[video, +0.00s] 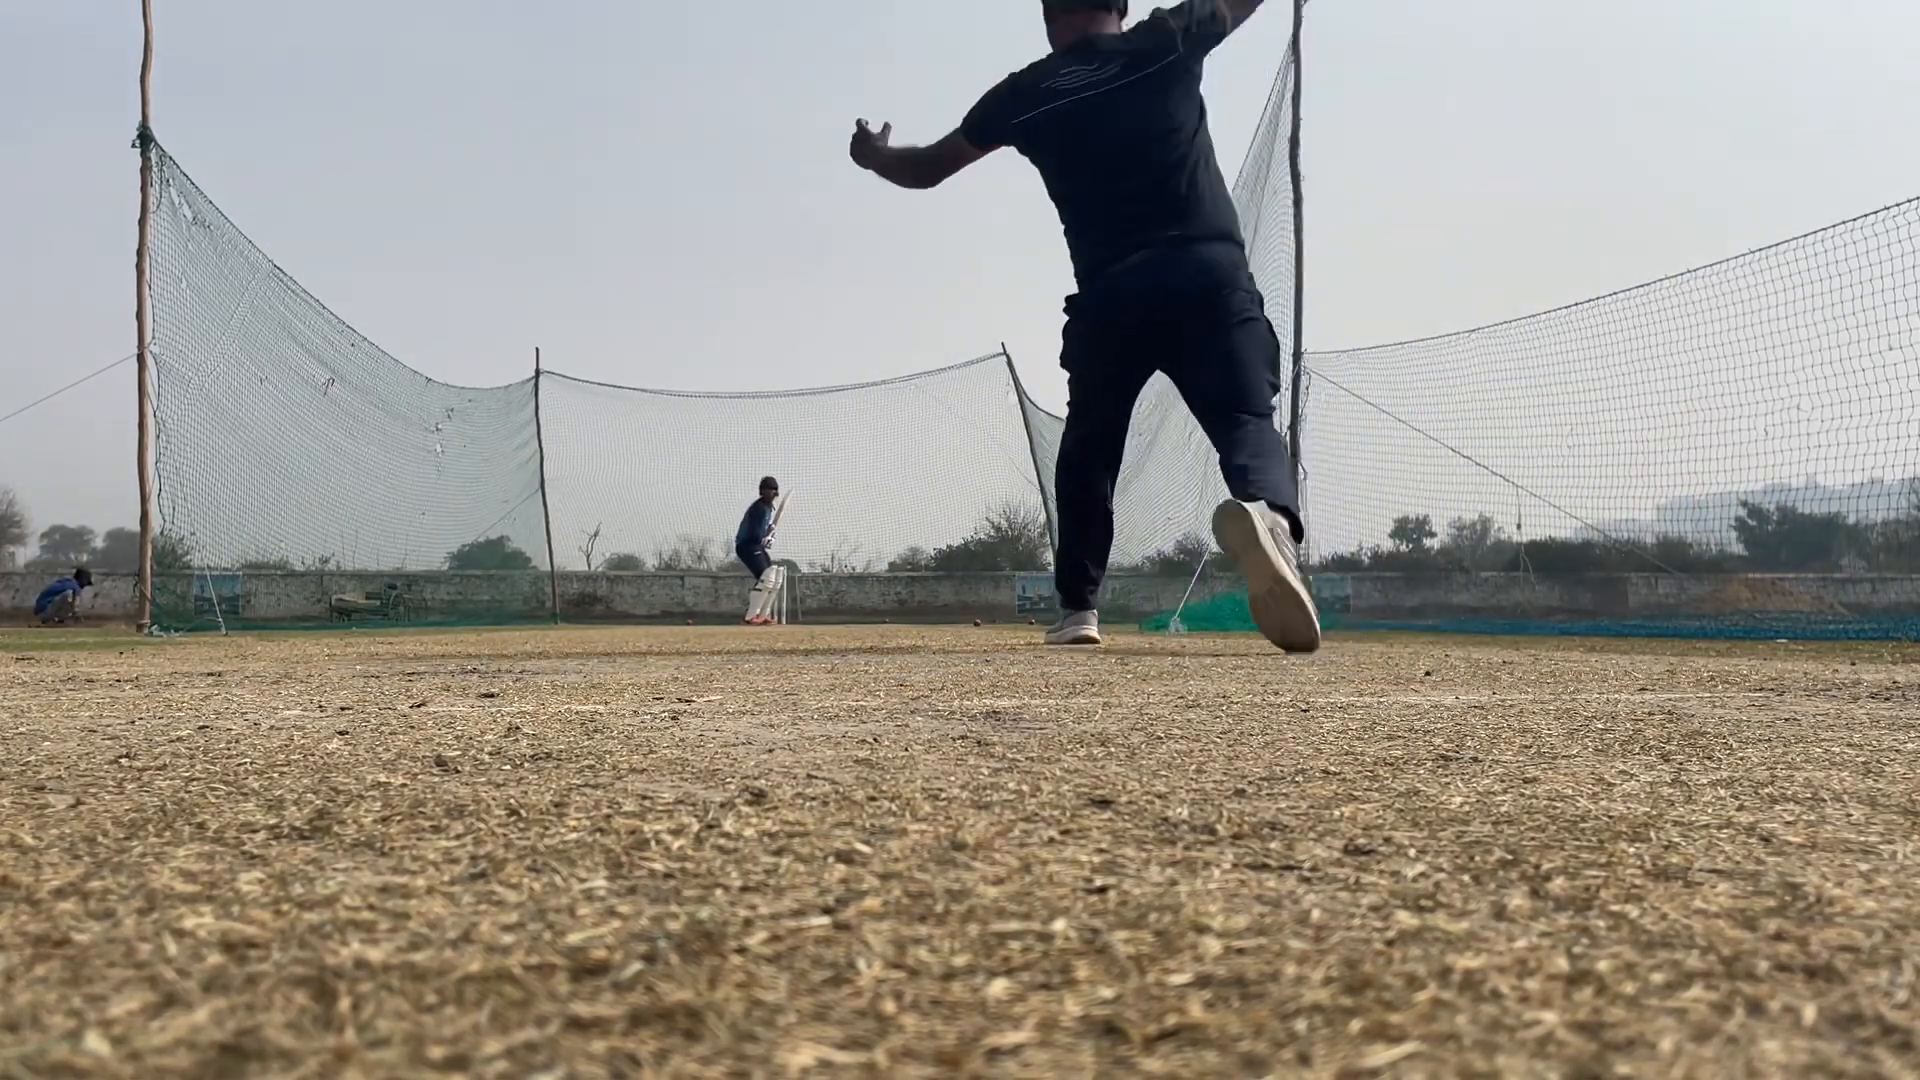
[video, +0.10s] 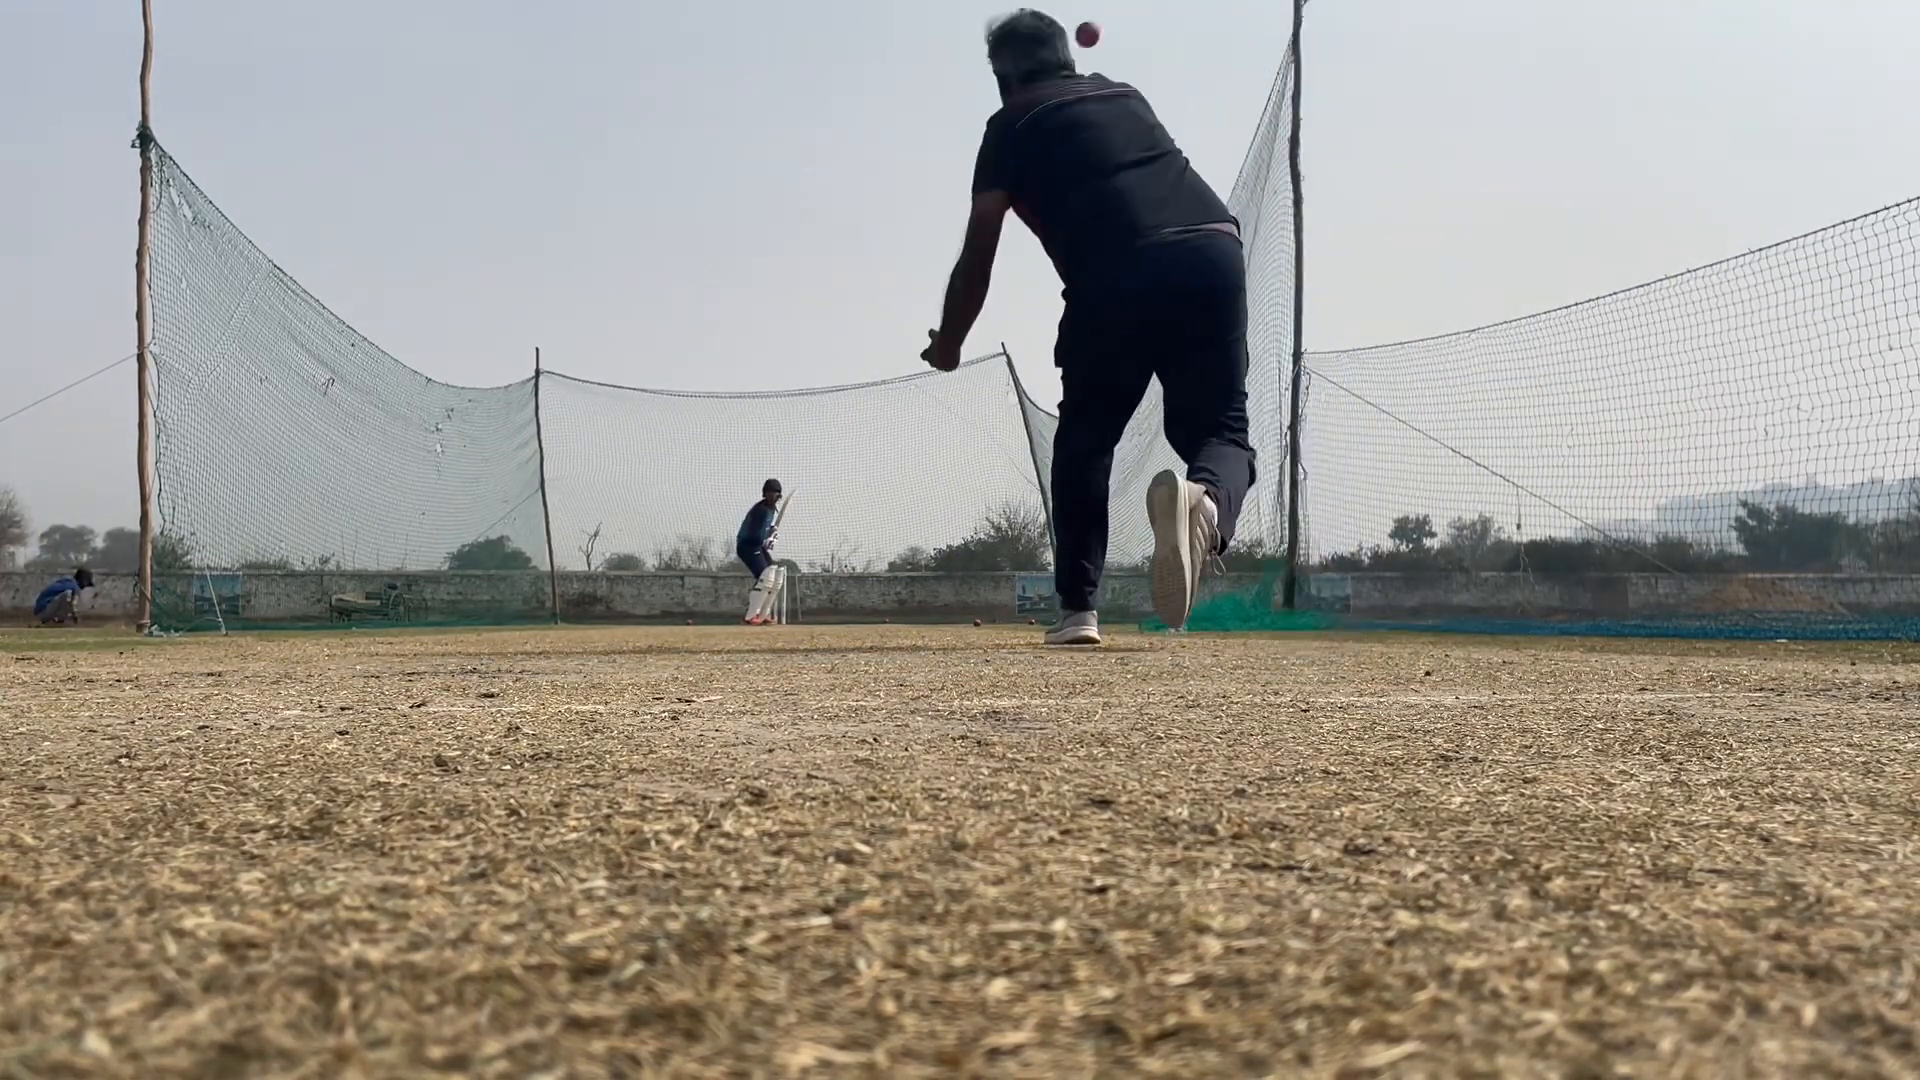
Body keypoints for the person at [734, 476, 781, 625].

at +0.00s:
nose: (773, 493)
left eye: (775, 490)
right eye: (769, 490)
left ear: (776, 492)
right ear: (762, 491)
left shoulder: (769, 509)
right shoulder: (759, 508)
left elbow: (766, 528)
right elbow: (756, 533)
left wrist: (768, 538)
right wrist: (765, 537)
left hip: (757, 545)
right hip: (746, 545)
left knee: (773, 577)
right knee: (765, 577)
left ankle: (763, 615)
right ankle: (751, 615)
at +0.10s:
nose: (779, 495)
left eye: (780, 492)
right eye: (775, 492)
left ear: (780, 494)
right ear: (766, 493)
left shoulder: (772, 510)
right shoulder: (760, 510)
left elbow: (767, 529)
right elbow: (754, 536)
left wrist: (771, 536)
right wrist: (765, 540)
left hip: (758, 546)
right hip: (747, 546)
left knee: (775, 575)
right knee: (766, 576)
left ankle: (763, 615)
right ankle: (751, 615)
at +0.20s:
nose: (782, 499)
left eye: (783, 496)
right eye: (779, 495)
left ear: (784, 497)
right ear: (770, 496)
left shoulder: (775, 512)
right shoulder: (763, 511)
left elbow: (770, 528)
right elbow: (756, 536)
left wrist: (775, 534)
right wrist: (767, 542)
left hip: (760, 546)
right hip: (748, 546)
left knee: (777, 576)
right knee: (767, 575)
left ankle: (763, 615)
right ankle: (751, 615)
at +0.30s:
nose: (786, 503)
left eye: (788, 500)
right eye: (784, 500)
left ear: (788, 501)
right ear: (775, 500)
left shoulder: (778, 515)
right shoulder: (766, 514)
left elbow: (773, 527)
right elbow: (760, 538)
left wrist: (780, 531)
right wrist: (772, 548)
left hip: (761, 545)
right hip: (748, 545)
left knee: (777, 576)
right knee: (766, 570)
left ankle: (765, 614)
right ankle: (757, 613)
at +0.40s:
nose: (787, 508)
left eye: (790, 505)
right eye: (784, 504)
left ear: (792, 505)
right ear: (778, 502)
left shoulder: (780, 513)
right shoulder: (771, 516)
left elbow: (780, 521)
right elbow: (764, 544)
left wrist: (786, 528)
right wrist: (781, 544)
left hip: (762, 543)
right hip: (751, 544)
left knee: (772, 575)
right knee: (767, 571)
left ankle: (763, 613)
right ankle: (769, 610)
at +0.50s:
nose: (793, 509)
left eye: (796, 506)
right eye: (791, 505)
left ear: (798, 505)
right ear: (785, 502)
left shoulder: (785, 511)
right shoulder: (776, 514)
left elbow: (783, 522)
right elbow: (770, 540)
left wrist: (789, 527)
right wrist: (785, 542)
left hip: (766, 543)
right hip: (755, 543)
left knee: (771, 577)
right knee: (770, 574)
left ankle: (762, 615)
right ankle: (780, 611)